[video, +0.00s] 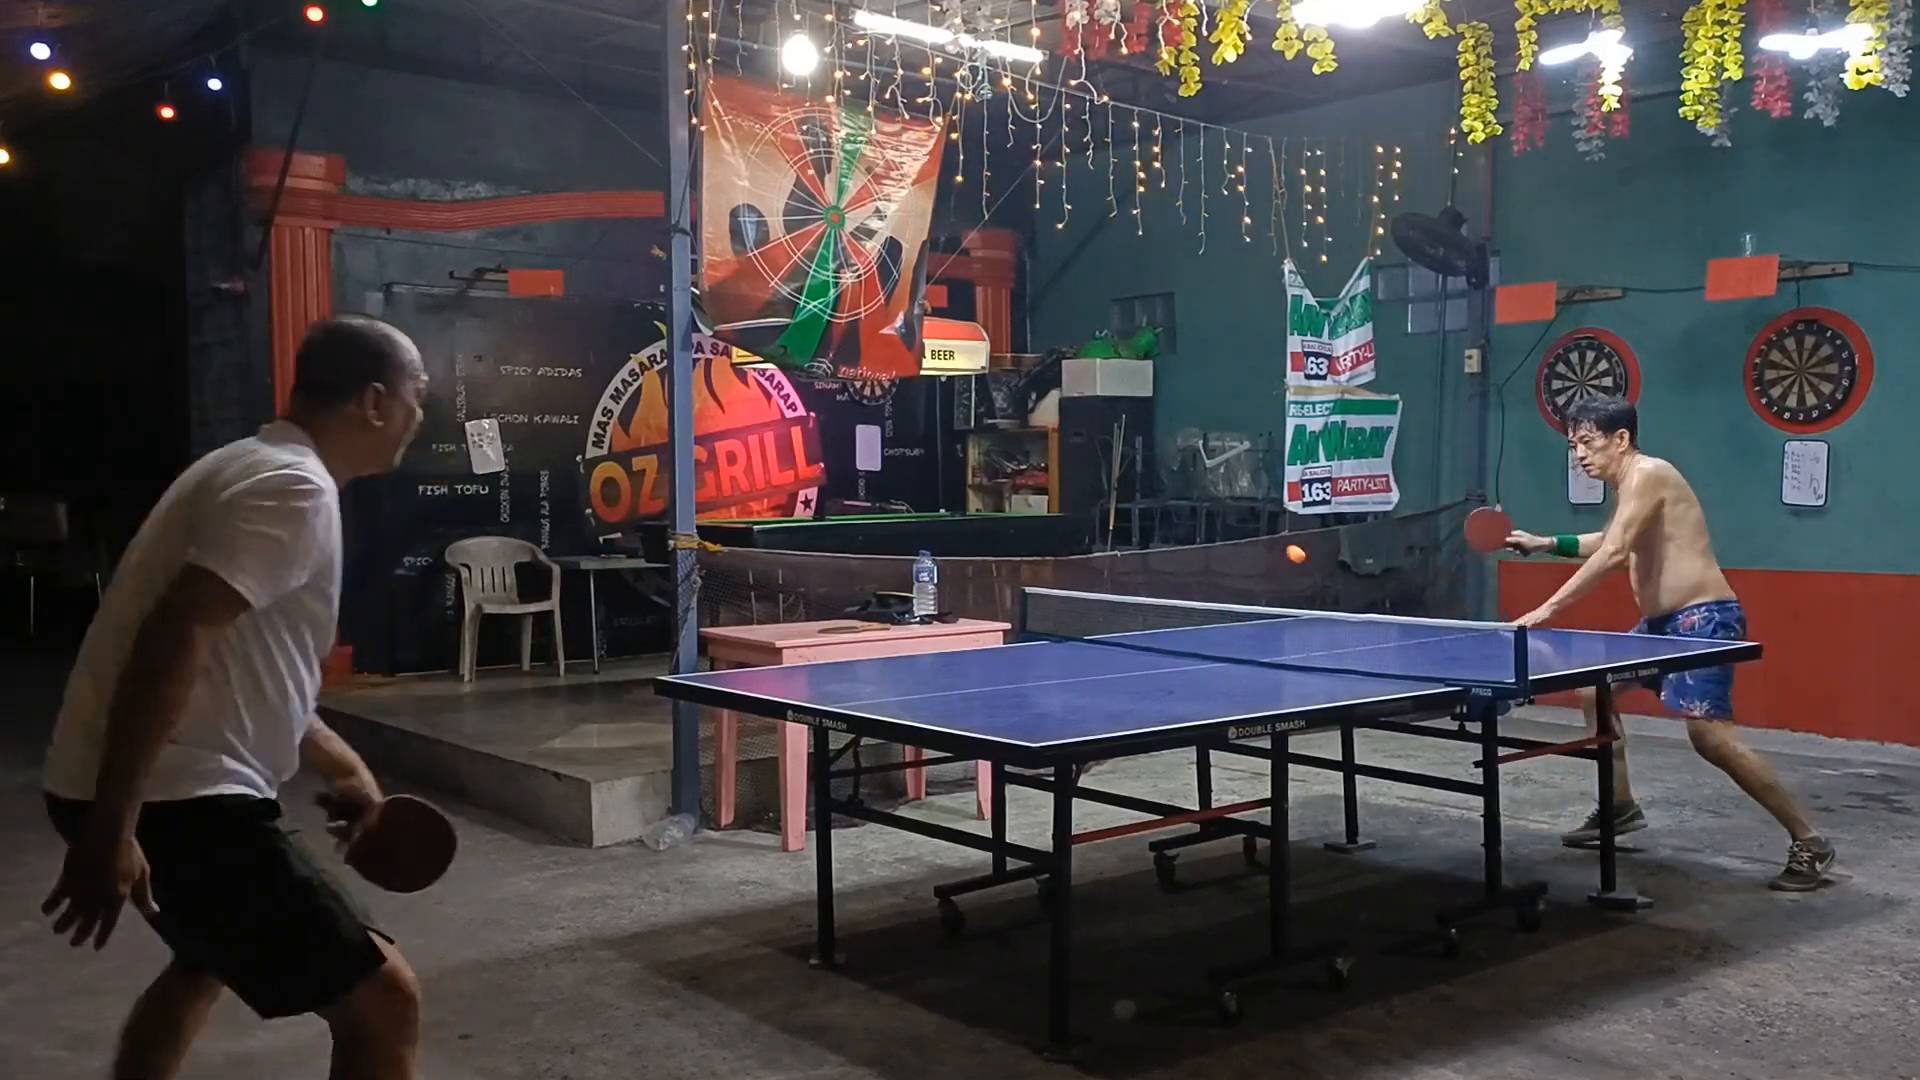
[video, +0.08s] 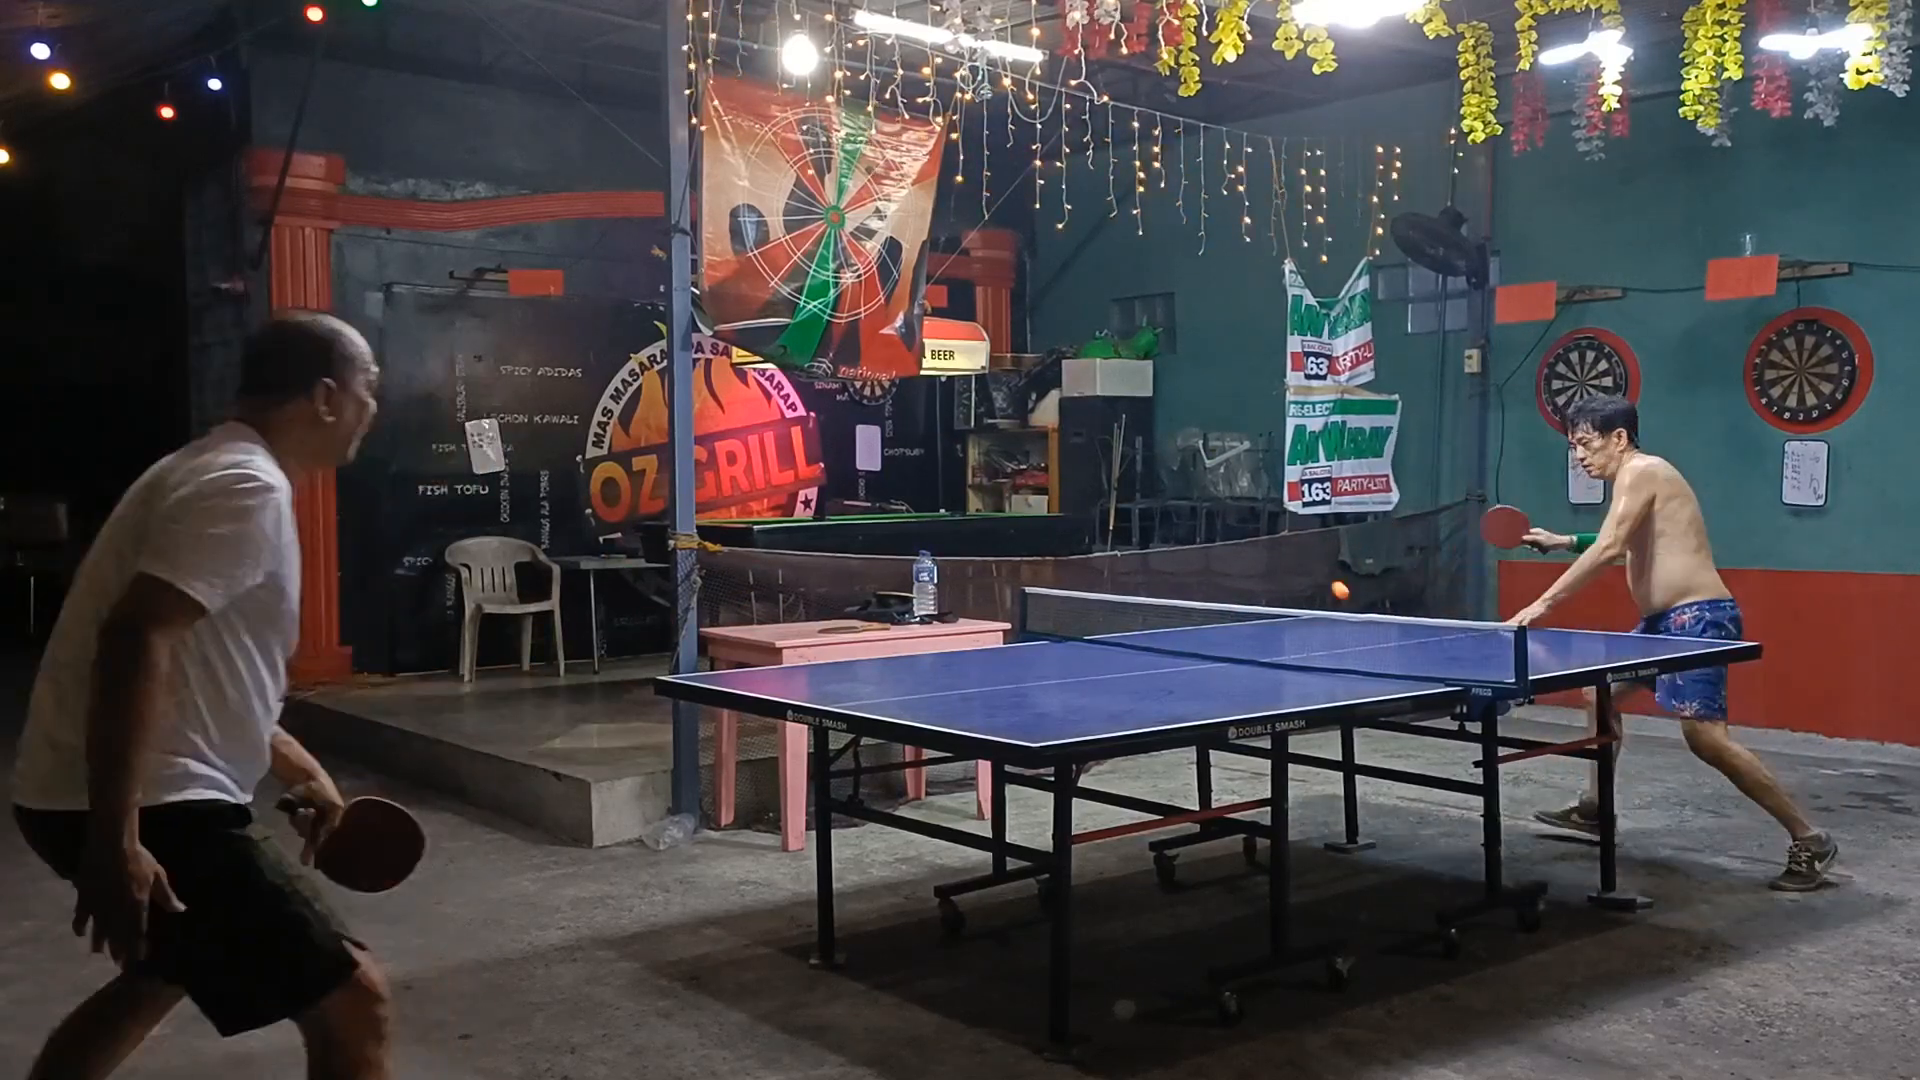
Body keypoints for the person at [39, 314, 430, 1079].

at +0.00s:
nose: (419, 421)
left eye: (423, 402)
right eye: (418, 400)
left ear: (313, 392)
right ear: (376, 402)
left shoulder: (237, 466)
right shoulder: (296, 485)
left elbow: (239, 671)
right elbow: (174, 631)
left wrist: (343, 765)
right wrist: (113, 822)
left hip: (125, 783)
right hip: (195, 800)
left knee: (207, 958)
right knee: (382, 998)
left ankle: (133, 1072)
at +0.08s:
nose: (372, 415)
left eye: (375, 396)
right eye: (370, 393)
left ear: (289, 391)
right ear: (326, 397)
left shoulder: (199, 469)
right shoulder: (246, 484)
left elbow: (192, 678)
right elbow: (137, 636)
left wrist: (303, 771)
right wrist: (116, 837)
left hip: (86, 787)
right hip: (162, 799)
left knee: (167, 966)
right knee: (351, 999)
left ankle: (52, 1070)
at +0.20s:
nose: (282, 390)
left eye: (280, 370)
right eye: (273, 369)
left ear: (218, 384)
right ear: (226, 384)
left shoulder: (155, 474)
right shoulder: (135, 469)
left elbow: (133, 672)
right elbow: (31, 623)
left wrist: (231, 766)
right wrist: (123, 796)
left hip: (61, 811)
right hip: (52, 815)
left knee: (33, 1029)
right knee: (205, 1038)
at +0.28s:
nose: (245, 370)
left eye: (245, 350)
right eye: (237, 348)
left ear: (181, 355)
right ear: (190, 353)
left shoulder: (125, 451)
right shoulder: (100, 437)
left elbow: (88, 644)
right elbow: (15, 598)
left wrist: (176, 740)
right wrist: (105, 757)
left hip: (44, 780)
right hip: (24, 782)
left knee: (16, 1010)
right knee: (140, 1011)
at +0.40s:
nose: (178, 317)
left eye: (176, 298)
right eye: (170, 297)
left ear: (105, 306)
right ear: (123, 305)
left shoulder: (42, 376)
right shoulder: (62, 382)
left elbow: (21, 573)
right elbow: (2, 541)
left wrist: (79, 709)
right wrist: (58, 707)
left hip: (11, 745)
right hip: (3, 750)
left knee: (42, 1000)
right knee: (63, 1006)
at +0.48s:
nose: (141, 327)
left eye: (141, 307)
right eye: (134, 305)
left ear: (66, 314)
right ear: (84, 312)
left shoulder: (25, 393)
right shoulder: (43, 400)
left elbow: (9, 581)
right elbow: (4, 556)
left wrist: (44, 727)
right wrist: (41, 719)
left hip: (2, 767)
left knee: (17, 1023)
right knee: (17, 1031)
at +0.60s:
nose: (75, 402)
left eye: (72, 384)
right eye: (67, 383)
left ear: (24, 391)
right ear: (25, 391)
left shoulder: (9, 501)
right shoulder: (5, 503)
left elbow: (4, 690)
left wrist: (25, 822)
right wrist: (31, 823)